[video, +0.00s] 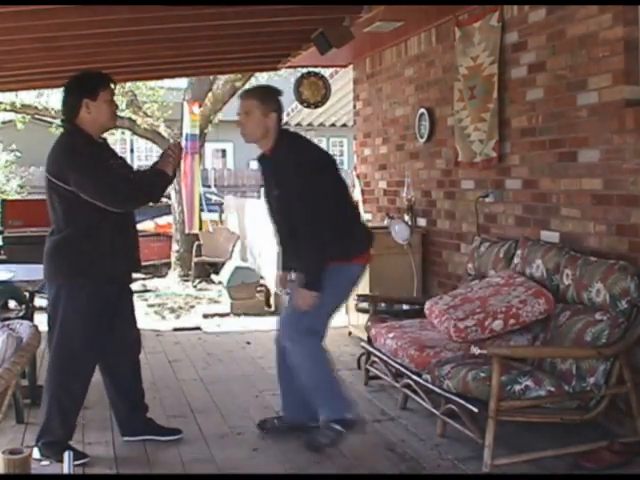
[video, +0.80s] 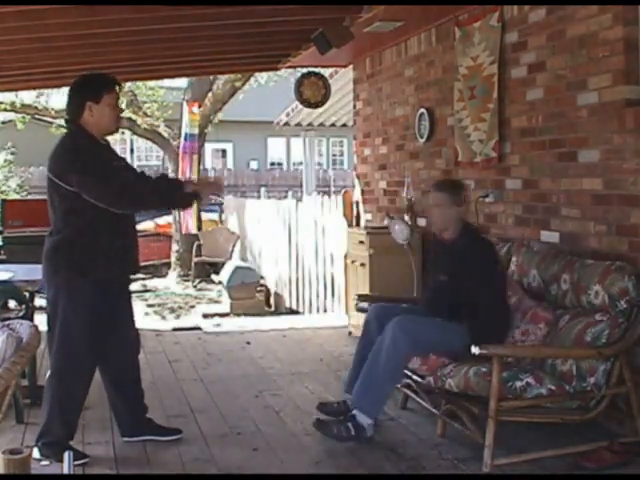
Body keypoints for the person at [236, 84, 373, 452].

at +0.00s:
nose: (239, 122)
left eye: (246, 114)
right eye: (239, 115)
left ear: (271, 117)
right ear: (259, 119)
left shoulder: (301, 156)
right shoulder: (272, 160)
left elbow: (317, 221)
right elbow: (286, 219)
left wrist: (312, 281)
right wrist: (287, 264)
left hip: (342, 256)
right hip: (313, 257)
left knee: (298, 331)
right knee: (289, 332)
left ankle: (339, 415)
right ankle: (298, 415)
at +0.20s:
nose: (263, 141)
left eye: (270, 134)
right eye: (263, 134)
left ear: (294, 136)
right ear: (282, 139)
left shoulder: (331, 169)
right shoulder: (297, 177)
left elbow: (358, 229)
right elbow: (327, 232)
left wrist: (367, 293)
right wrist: (342, 275)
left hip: (381, 262)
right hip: (353, 262)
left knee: (336, 331)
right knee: (317, 322)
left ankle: (355, 427)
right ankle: (324, 409)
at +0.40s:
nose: (300, 168)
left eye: (306, 160)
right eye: (299, 161)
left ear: (328, 162)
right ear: (321, 164)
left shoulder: (369, 192)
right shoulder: (330, 201)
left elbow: (410, 245)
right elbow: (362, 251)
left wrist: (424, 314)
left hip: (410, 275)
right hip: (378, 275)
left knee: (356, 327)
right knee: (338, 322)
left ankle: (356, 424)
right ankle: (354, 409)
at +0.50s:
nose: (322, 186)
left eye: (329, 178)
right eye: (322, 179)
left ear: (353, 178)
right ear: (342, 181)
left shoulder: (396, 209)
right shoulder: (351, 214)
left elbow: (430, 260)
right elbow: (380, 260)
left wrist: (447, 314)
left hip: (428, 286)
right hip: (392, 282)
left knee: (368, 326)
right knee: (347, 319)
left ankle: (358, 424)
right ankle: (351, 409)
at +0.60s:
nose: (358, 201)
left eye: (363, 194)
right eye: (357, 194)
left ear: (385, 193)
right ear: (371, 195)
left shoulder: (422, 227)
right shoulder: (378, 232)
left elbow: (463, 281)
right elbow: (398, 282)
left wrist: (464, 334)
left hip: (447, 306)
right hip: (411, 298)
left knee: (379, 327)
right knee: (358, 316)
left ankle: (358, 423)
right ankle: (352, 409)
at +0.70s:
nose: (392, 210)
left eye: (400, 203)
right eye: (392, 203)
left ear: (425, 206)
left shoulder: (452, 244)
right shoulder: (410, 242)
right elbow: (415, 293)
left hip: (469, 327)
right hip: (436, 315)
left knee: (392, 329)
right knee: (370, 315)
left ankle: (361, 422)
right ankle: (351, 405)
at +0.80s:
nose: (432, 215)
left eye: (439, 207)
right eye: (429, 208)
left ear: (459, 208)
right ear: (427, 210)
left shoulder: (480, 249)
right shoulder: (438, 246)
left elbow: (493, 321)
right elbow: (434, 294)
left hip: (476, 330)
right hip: (444, 318)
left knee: (401, 329)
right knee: (379, 315)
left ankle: (363, 420)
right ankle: (355, 402)